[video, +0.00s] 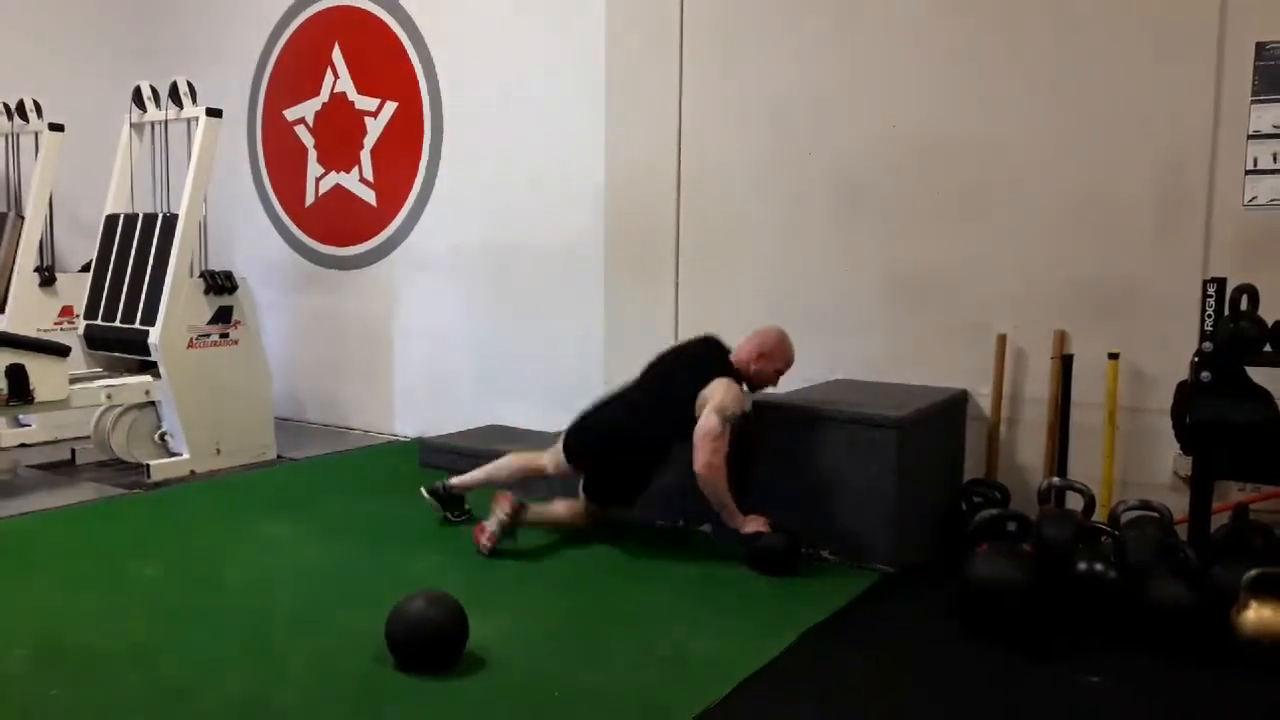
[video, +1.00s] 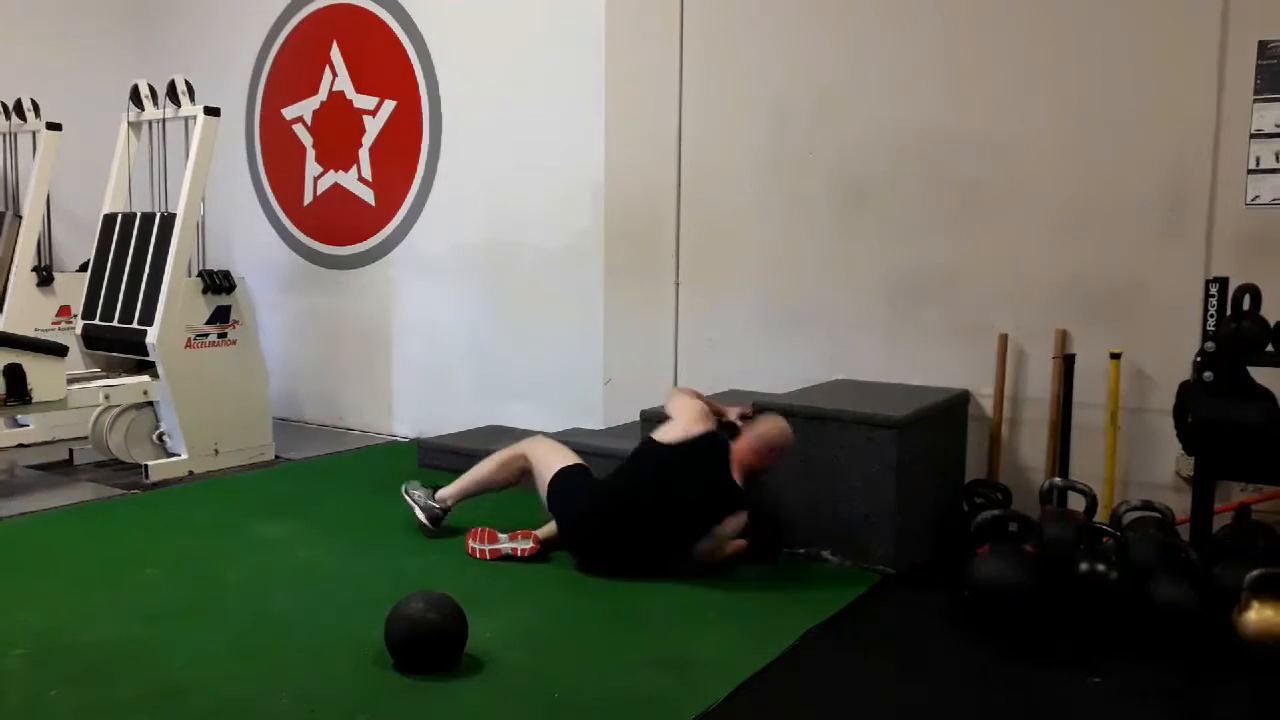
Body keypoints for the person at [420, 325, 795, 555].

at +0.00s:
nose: (777, 381)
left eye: (781, 373)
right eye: (778, 373)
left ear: (747, 346)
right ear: (757, 360)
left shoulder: (702, 347)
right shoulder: (724, 394)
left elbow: (654, 383)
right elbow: (707, 465)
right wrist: (736, 520)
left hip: (597, 422)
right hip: (625, 457)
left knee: (545, 463)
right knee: (589, 514)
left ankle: (454, 486)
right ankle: (518, 512)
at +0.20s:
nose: (745, 399)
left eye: (749, 391)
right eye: (746, 390)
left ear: (708, 369)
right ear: (727, 381)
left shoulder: (665, 387)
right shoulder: (711, 418)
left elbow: (642, 432)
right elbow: (711, 483)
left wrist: (724, 420)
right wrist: (747, 527)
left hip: (590, 497)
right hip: (638, 528)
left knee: (552, 484)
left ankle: (460, 515)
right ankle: (546, 539)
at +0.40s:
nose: (697, 378)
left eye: (697, 374)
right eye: (697, 374)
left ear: (652, 370)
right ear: (690, 375)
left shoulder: (619, 391)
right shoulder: (695, 412)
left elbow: (655, 413)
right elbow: (728, 474)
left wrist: (709, 413)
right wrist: (769, 519)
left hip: (577, 523)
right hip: (626, 548)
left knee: (547, 456)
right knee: (615, 487)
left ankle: (454, 510)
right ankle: (539, 539)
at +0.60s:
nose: (700, 381)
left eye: (699, 374)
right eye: (701, 375)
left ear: (657, 365)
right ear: (691, 373)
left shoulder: (621, 389)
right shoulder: (694, 413)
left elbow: (653, 415)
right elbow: (714, 480)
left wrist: (709, 414)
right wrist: (754, 525)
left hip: (585, 533)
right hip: (637, 550)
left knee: (536, 455)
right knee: (613, 484)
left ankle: (444, 507)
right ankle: (539, 538)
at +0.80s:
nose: (727, 399)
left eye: (726, 396)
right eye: (728, 394)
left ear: (688, 381)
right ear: (720, 397)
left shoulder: (647, 396)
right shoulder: (697, 445)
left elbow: (674, 414)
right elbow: (682, 526)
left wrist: (716, 416)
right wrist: (740, 551)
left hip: (579, 524)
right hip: (622, 553)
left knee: (542, 458)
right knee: (616, 493)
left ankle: (449, 509)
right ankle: (540, 538)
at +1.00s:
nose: (761, 446)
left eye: (757, 431)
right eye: (772, 449)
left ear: (743, 429)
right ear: (769, 463)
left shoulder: (695, 421)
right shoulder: (739, 514)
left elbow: (678, 393)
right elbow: (702, 557)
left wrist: (723, 410)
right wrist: (732, 544)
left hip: (590, 518)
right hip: (629, 563)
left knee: (535, 448)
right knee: (618, 493)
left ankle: (440, 500)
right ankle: (537, 537)